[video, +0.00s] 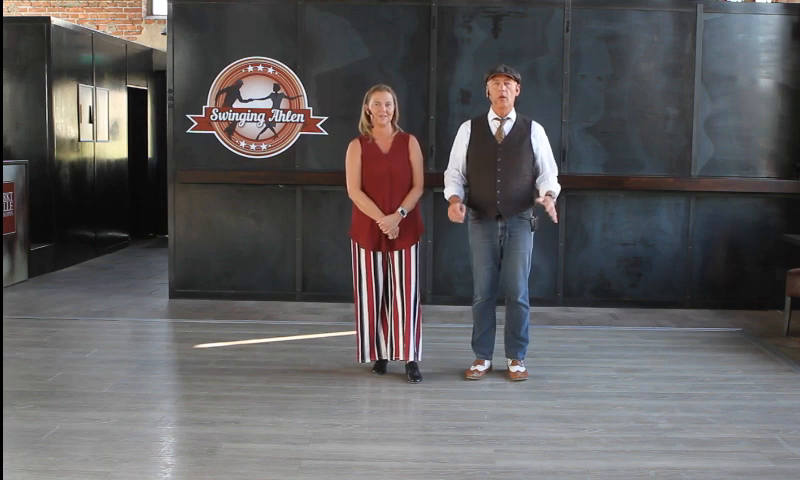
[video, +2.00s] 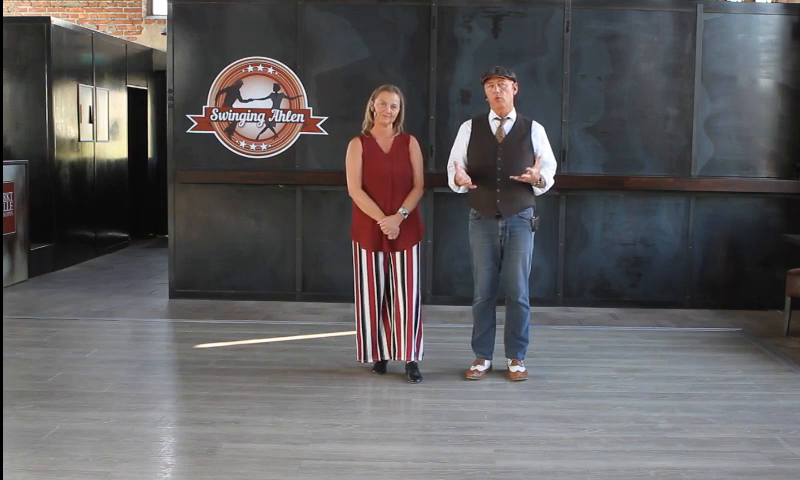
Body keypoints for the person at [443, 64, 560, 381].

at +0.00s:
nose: (503, 90)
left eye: (508, 85)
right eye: (497, 84)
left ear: (516, 91)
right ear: (488, 90)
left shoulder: (533, 131)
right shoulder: (468, 130)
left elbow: (548, 172)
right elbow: (454, 172)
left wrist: (547, 193)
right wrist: (454, 198)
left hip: (520, 220)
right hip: (480, 221)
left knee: (517, 293)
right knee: (483, 293)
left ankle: (516, 359)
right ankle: (481, 358)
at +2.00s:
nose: (497, 91)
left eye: (502, 86)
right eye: (491, 87)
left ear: (514, 89)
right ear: (485, 93)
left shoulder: (533, 130)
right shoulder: (469, 128)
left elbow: (549, 172)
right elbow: (454, 168)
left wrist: (537, 176)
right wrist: (459, 177)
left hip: (520, 219)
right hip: (481, 219)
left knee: (517, 292)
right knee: (483, 292)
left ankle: (516, 359)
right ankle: (482, 358)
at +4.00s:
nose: (504, 90)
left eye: (510, 85)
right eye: (499, 84)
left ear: (518, 92)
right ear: (489, 89)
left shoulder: (532, 130)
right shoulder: (468, 129)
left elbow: (548, 169)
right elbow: (452, 170)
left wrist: (533, 181)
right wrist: (466, 181)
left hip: (520, 219)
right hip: (481, 220)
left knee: (517, 292)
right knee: (483, 292)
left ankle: (516, 359)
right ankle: (482, 358)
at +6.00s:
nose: (497, 92)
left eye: (502, 86)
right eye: (491, 87)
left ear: (514, 90)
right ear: (485, 93)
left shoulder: (533, 129)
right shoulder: (469, 129)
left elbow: (549, 166)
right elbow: (453, 170)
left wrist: (537, 177)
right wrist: (471, 178)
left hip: (521, 219)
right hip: (482, 219)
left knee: (517, 292)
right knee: (484, 291)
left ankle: (516, 359)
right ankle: (482, 358)